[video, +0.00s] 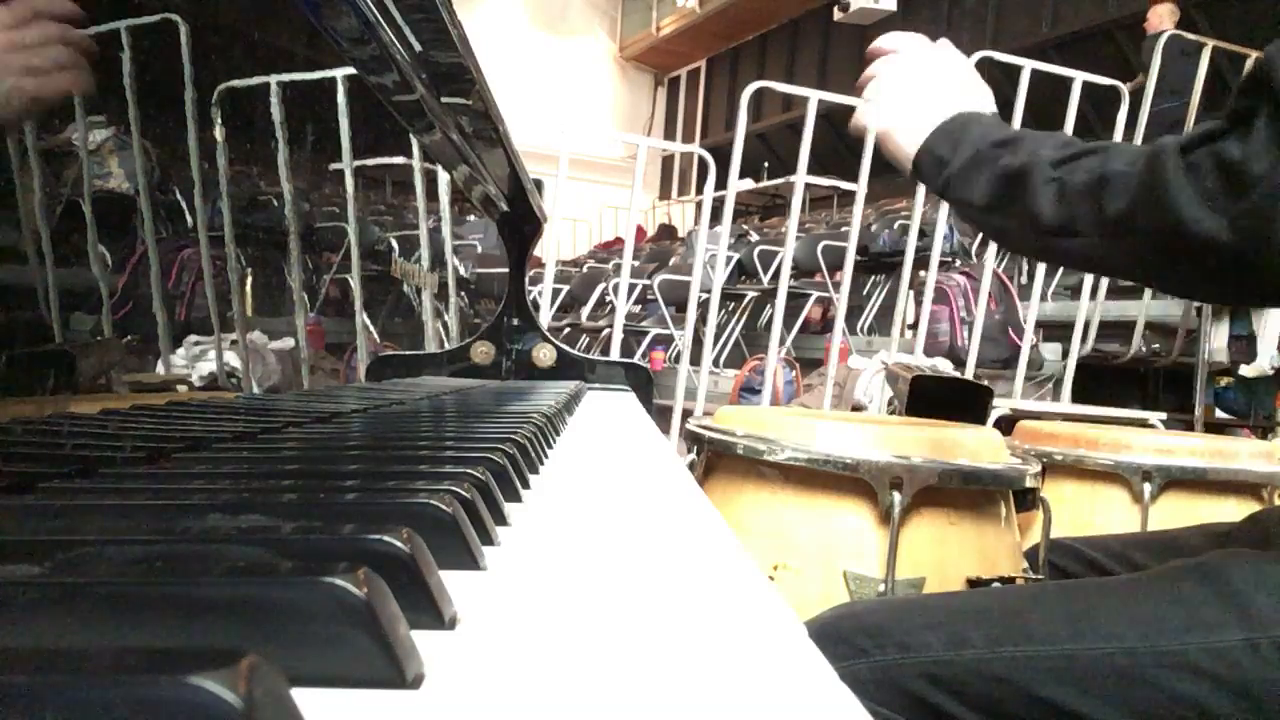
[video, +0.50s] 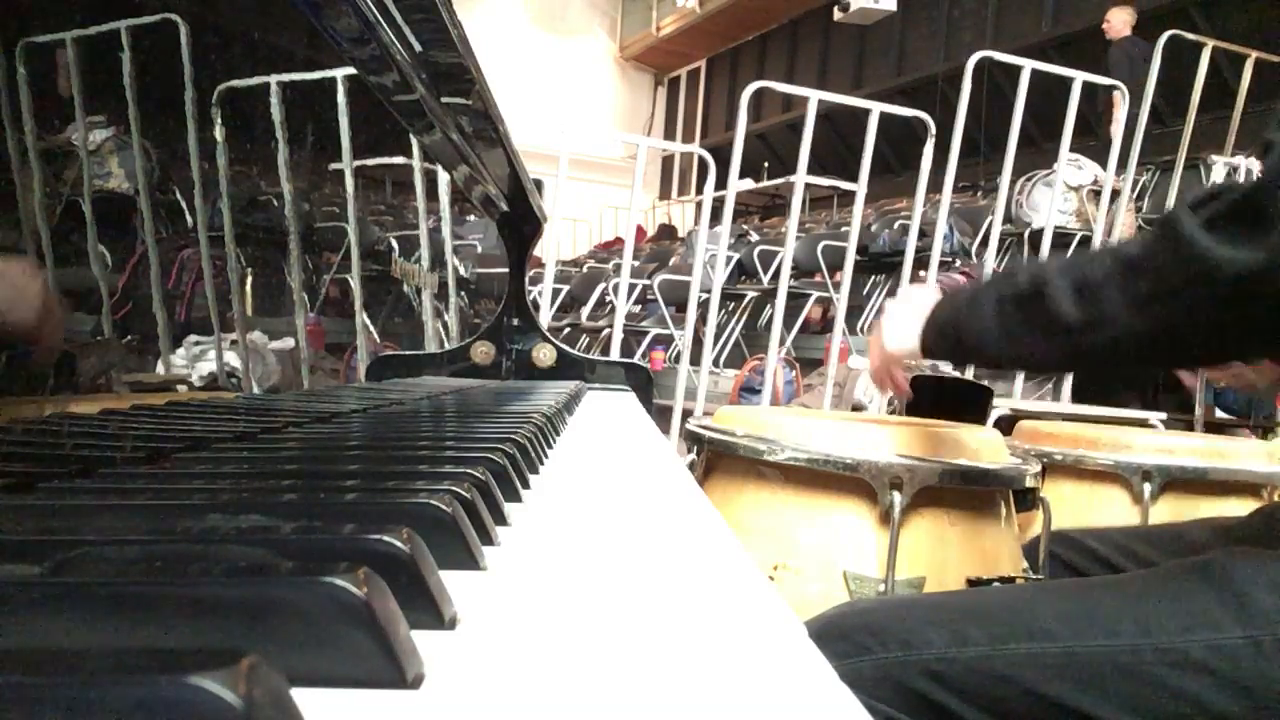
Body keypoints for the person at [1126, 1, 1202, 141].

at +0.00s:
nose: (1144, 25)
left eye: (1148, 20)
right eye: (1146, 20)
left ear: (1161, 20)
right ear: (1172, 21)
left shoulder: (1152, 43)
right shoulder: (1192, 43)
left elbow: (1148, 72)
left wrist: (1133, 85)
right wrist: (1134, 84)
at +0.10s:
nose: (1135, 26)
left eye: (1139, 21)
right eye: (1136, 22)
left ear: (1154, 23)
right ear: (1162, 24)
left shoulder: (1143, 45)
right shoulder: (1180, 43)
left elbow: (1143, 77)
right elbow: (1185, 75)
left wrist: (1132, 84)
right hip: (1181, 109)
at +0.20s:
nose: (1125, 27)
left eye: (1129, 23)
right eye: (1126, 23)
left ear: (1144, 25)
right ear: (1146, 25)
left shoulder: (1136, 49)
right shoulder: (1167, 45)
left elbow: (1135, 81)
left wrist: (1114, 99)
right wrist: (1114, 98)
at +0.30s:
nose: (1116, 26)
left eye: (1121, 22)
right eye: (1117, 22)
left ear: (1136, 25)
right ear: (1141, 26)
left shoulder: (1129, 49)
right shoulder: (1158, 50)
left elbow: (1128, 88)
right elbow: (1162, 97)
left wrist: (1104, 115)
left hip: (1130, 138)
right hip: (1150, 139)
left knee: (1121, 201)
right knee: (1127, 202)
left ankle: (1121, 267)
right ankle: (1122, 267)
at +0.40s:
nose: (1109, 27)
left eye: (1113, 22)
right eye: (1110, 22)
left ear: (1130, 24)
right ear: (1134, 25)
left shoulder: (1121, 49)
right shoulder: (1152, 49)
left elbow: (1120, 90)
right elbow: (1156, 95)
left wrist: (1108, 123)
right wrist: (1141, 118)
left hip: (1124, 131)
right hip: (1143, 132)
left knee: (1116, 198)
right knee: (1127, 199)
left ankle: (1119, 265)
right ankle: (1123, 265)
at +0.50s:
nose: (1103, 26)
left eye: (1108, 22)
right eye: (1104, 22)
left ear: (1124, 24)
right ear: (1124, 24)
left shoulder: (1117, 49)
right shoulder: (1144, 47)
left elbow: (1118, 90)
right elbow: (1147, 84)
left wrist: (1117, 122)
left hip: (1125, 118)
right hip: (1142, 116)